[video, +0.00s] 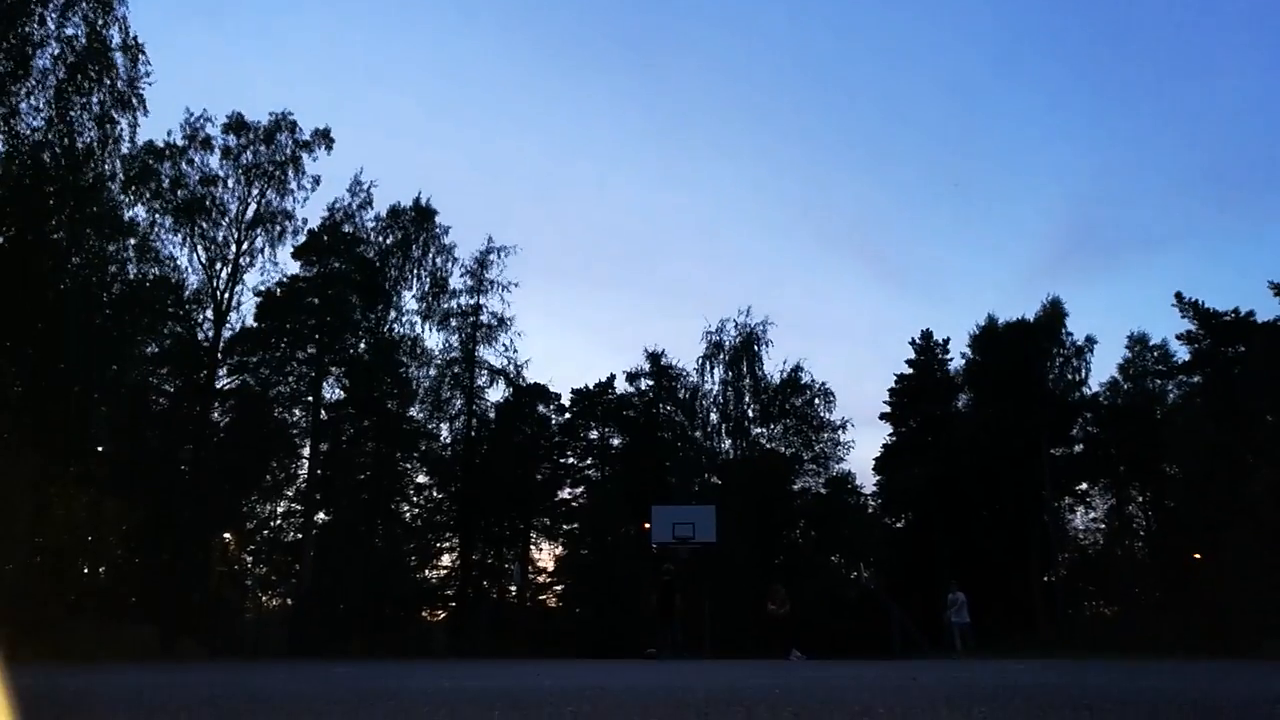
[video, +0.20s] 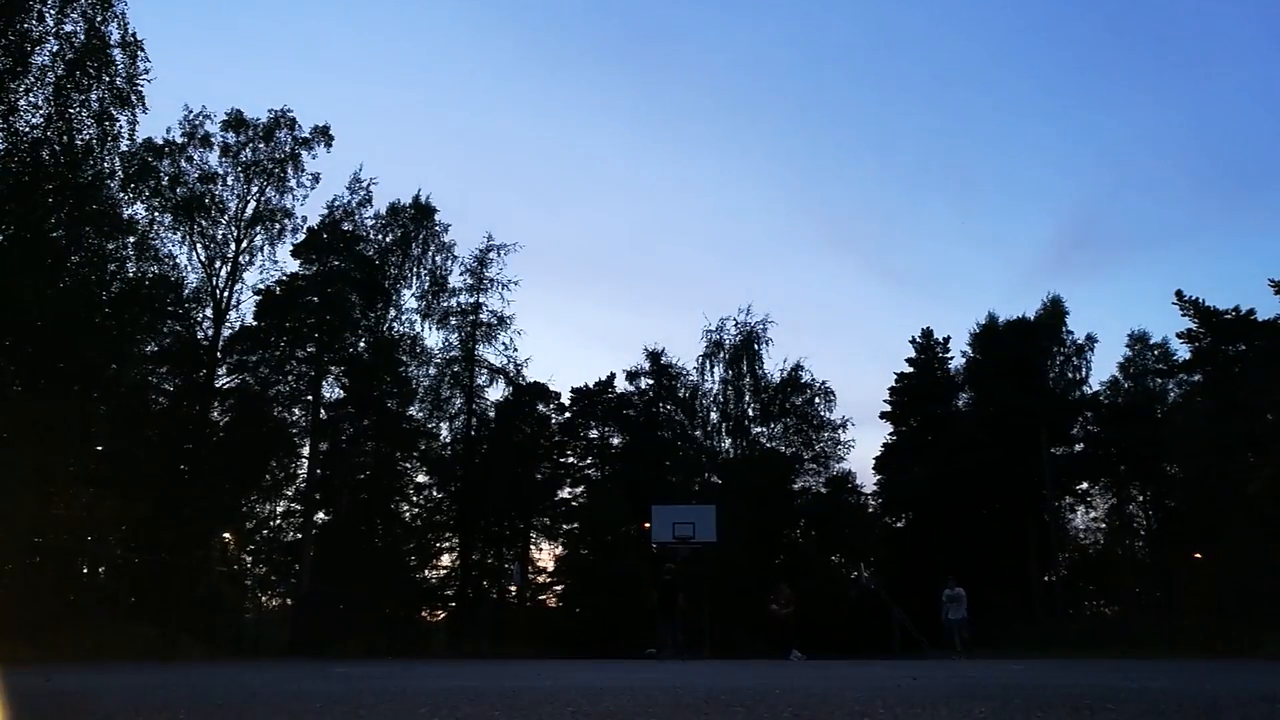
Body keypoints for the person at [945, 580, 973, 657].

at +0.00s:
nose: (953, 589)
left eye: (954, 587)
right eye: (952, 588)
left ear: (956, 588)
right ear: (951, 589)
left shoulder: (960, 595)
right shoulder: (950, 596)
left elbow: (959, 605)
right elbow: (949, 606)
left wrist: (951, 611)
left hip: (964, 620)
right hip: (955, 620)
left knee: (966, 636)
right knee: (956, 636)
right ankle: (958, 651)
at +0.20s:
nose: (951, 585)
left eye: (952, 583)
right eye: (949, 583)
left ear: (954, 583)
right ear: (948, 584)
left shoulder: (960, 591)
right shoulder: (946, 592)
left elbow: (964, 603)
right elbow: (945, 605)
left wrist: (964, 612)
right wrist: (944, 615)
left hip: (961, 617)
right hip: (951, 617)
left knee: (963, 633)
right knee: (954, 635)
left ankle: (965, 651)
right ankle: (957, 652)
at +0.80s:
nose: (945, 583)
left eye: (946, 581)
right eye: (944, 581)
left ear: (949, 582)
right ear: (942, 582)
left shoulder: (954, 591)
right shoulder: (940, 591)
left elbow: (957, 603)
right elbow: (938, 603)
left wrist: (958, 615)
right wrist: (937, 613)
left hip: (953, 616)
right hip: (943, 616)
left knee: (954, 633)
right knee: (943, 633)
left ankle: (956, 651)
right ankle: (944, 651)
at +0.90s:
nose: (943, 583)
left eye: (944, 581)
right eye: (942, 581)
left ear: (947, 582)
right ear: (940, 582)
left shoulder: (952, 591)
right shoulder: (938, 591)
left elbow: (955, 603)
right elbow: (937, 603)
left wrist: (955, 612)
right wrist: (936, 613)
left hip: (951, 616)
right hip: (941, 616)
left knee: (953, 633)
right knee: (941, 632)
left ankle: (955, 650)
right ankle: (941, 650)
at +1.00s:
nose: (941, 584)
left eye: (942, 582)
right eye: (939, 582)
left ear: (944, 583)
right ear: (938, 583)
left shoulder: (949, 592)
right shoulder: (935, 592)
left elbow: (950, 603)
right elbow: (935, 603)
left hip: (949, 616)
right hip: (939, 617)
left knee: (953, 633)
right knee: (939, 634)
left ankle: (956, 650)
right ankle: (937, 650)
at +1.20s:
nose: (931, 583)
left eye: (932, 581)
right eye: (930, 582)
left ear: (934, 582)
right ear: (928, 583)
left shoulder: (940, 591)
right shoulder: (927, 593)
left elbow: (942, 603)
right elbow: (927, 604)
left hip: (941, 616)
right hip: (931, 616)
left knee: (945, 633)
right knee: (932, 634)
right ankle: (932, 650)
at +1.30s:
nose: (927, 582)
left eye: (928, 580)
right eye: (926, 580)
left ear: (930, 580)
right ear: (924, 581)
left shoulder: (936, 589)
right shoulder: (923, 591)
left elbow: (939, 601)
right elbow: (923, 602)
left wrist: (939, 612)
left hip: (936, 616)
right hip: (926, 616)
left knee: (938, 632)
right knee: (929, 634)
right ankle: (931, 651)